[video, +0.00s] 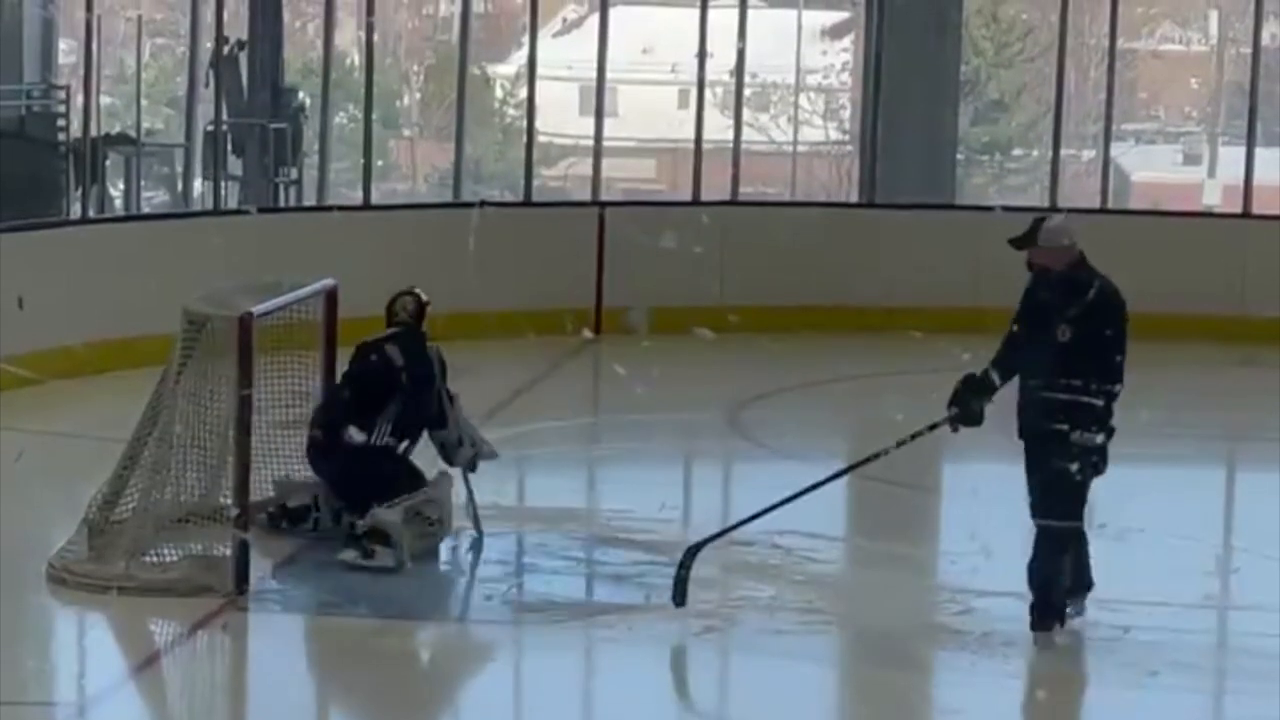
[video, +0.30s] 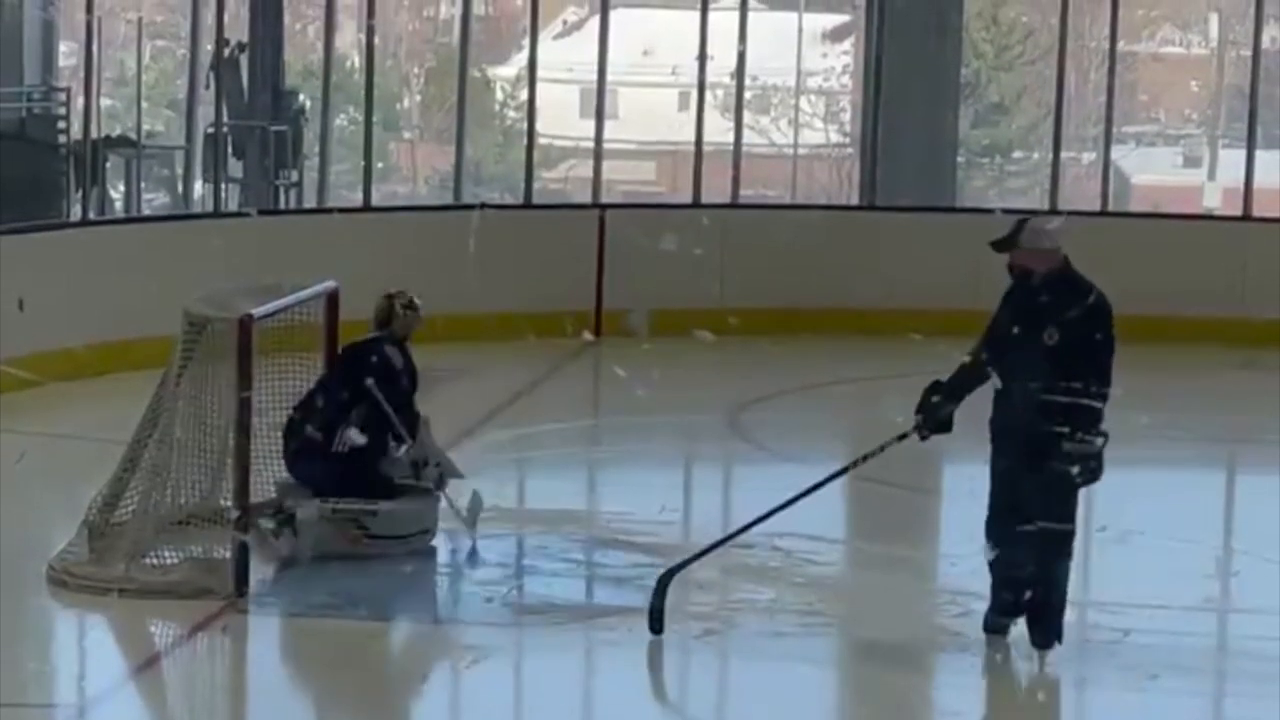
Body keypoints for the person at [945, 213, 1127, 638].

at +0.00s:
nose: (1030, 262)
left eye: (1036, 256)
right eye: (1029, 255)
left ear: (1060, 254)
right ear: (1044, 254)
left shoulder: (1102, 298)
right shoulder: (1040, 287)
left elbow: (1105, 376)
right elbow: (1017, 345)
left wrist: (1090, 437)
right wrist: (983, 386)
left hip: (1077, 425)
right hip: (1038, 422)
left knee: (1056, 519)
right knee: (1054, 511)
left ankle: (1046, 615)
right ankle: (1075, 586)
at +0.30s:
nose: (1010, 264)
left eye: (1016, 256)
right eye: (1009, 256)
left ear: (1041, 256)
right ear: (1027, 255)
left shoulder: (1088, 305)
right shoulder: (1020, 293)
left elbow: (1093, 383)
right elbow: (987, 355)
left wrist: (1083, 441)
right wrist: (947, 395)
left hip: (1058, 440)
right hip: (1011, 435)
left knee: (1052, 535)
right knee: (1005, 527)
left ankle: (1045, 629)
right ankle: (1006, 601)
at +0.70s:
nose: (993, 275)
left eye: (999, 268)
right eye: (992, 268)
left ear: (1023, 266)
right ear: (1005, 267)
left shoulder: (1070, 315)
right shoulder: (1000, 306)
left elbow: (1071, 397)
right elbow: (975, 367)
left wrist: (1057, 463)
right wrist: (935, 410)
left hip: (1043, 462)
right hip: (994, 457)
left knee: (1043, 562)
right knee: (980, 554)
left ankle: (1044, 657)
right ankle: (967, 649)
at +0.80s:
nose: (985, 277)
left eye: (992, 270)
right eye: (985, 270)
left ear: (1018, 266)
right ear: (1000, 269)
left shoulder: (1065, 318)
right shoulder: (995, 311)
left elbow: (1067, 401)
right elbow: (974, 373)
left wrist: (1052, 466)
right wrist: (933, 416)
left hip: (1040, 467)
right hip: (989, 463)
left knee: (1039, 570)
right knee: (974, 560)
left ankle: (1042, 671)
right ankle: (958, 662)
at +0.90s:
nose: (978, 280)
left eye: (984, 272)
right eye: (978, 272)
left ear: (1008, 270)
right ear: (999, 270)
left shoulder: (1056, 318)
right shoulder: (990, 313)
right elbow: (977, 378)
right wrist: (937, 422)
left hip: (1037, 465)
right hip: (985, 460)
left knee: (1036, 565)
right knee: (969, 558)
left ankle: (1040, 664)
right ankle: (954, 656)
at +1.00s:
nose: (970, 281)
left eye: (976, 273)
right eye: (970, 274)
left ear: (1001, 272)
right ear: (989, 273)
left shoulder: (1049, 321)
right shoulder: (986, 314)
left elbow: (1044, 403)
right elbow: (976, 383)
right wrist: (936, 426)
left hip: (1031, 468)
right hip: (980, 463)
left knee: (1030, 569)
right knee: (961, 562)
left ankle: (1035, 671)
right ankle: (945, 663)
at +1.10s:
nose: (964, 284)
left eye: (970, 276)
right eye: (963, 276)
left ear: (994, 274)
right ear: (979, 275)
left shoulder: (1039, 324)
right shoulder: (980, 318)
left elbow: (1012, 399)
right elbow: (969, 391)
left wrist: (940, 423)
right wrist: (934, 428)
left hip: (1022, 472)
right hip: (971, 466)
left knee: (1022, 577)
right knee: (950, 568)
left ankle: (1027, 684)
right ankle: (936, 673)